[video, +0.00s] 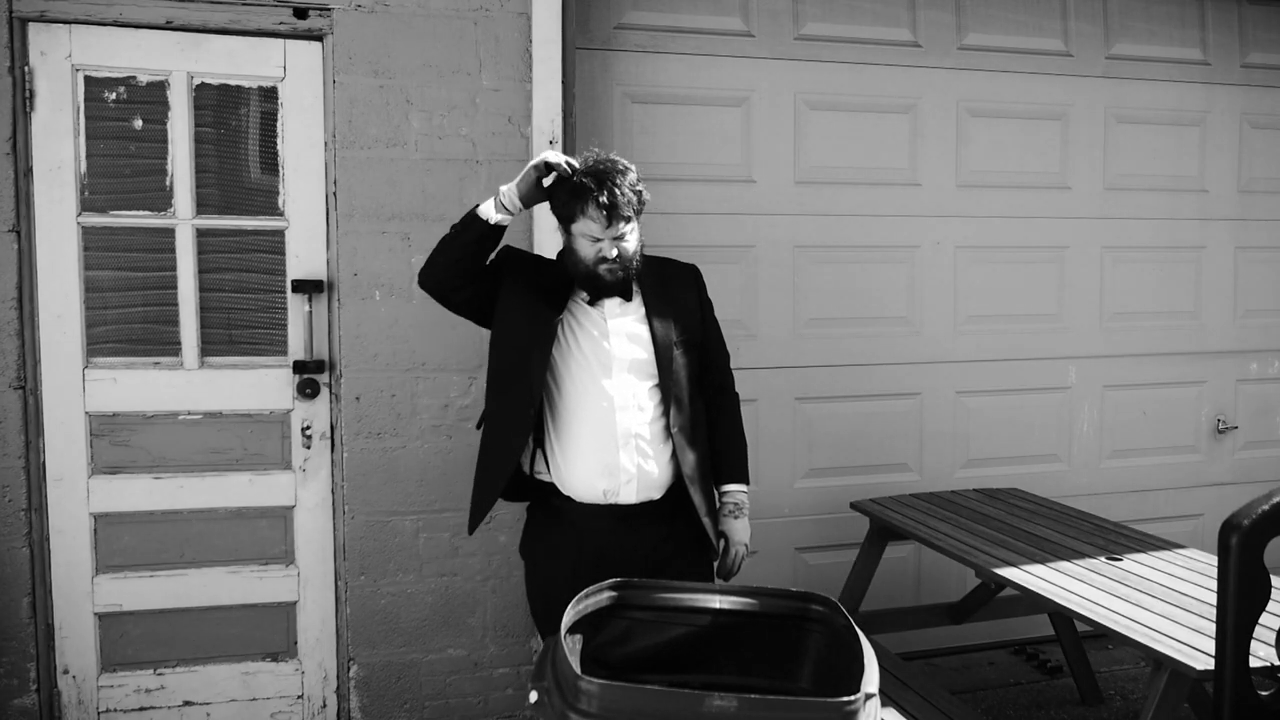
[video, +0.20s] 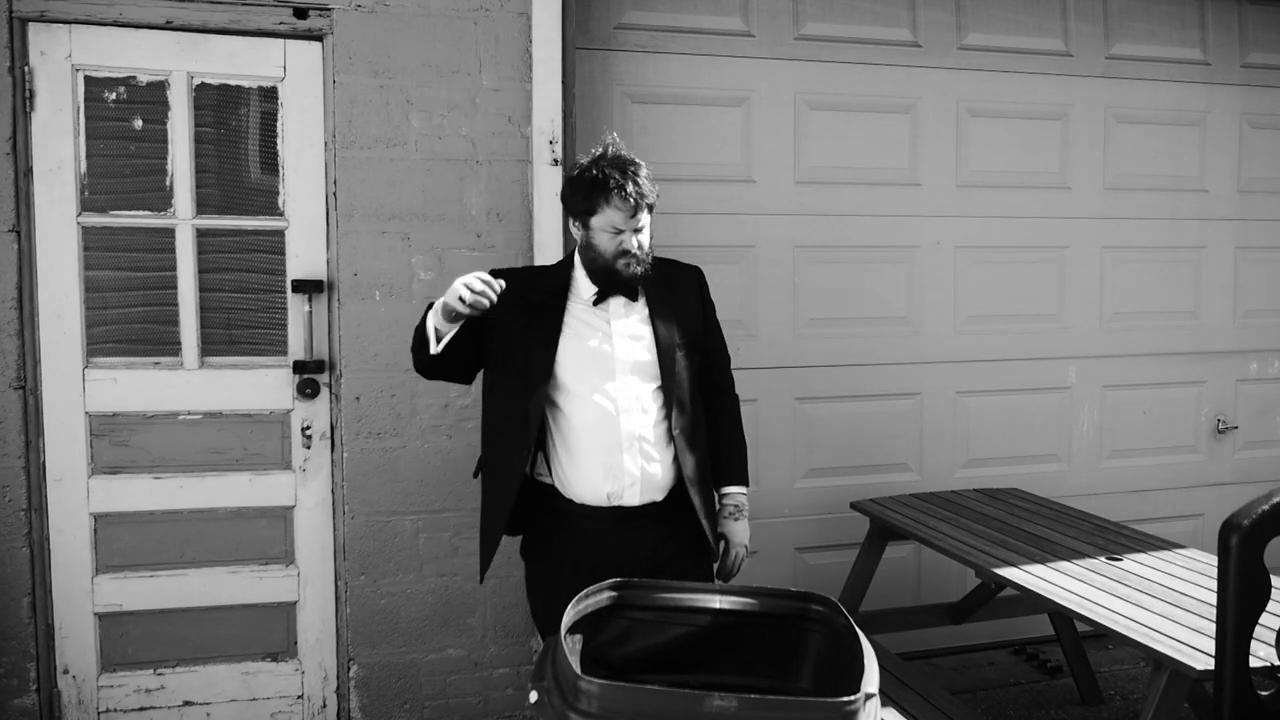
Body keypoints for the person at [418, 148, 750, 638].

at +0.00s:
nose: (611, 252)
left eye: (622, 235)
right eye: (594, 239)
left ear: (639, 223)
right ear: (565, 235)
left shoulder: (680, 287)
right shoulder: (526, 287)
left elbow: (719, 395)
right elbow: (441, 278)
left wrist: (734, 502)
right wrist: (510, 202)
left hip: (671, 528)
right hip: (566, 532)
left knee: (676, 696)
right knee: (576, 694)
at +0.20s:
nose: (637, 246)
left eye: (643, 228)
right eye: (619, 232)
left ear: (652, 221)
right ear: (578, 229)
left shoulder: (682, 288)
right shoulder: (519, 295)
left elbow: (719, 397)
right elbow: (435, 363)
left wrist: (734, 504)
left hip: (670, 527)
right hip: (566, 532)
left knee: (676, 694)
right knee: (577, 693)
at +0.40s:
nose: (650, 243)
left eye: (653, 227)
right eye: (634, 229)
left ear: (659, 221)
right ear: (585, 229)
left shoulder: (679, 287)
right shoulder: (515, 303)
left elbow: (715, 394)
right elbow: (485, 409)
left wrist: (733, 500)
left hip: (671, 532)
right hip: (567, 539)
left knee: (678, 699)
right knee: (580, 707)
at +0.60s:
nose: (654, 243)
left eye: (656, 227)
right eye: (640, 230)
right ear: (593, 228)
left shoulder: (674, 285)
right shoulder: (512, 303)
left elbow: (710, 388)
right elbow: (489, 412)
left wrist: (730, 493)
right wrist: (510, 523)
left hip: (674, 528)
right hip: (577, 535)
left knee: (680, 691)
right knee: (583, 694)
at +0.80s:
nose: (658, 240)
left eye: (659, 225)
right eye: (645, 227)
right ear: (597, 227)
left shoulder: (672, 286)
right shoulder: (513, 304)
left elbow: (708, 389)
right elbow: (484, 419)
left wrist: (728, 493)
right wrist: (479, 532)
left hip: (674, 530)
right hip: (575, 538)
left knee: (683, 698)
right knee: (587, 707)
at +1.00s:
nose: (659, 238)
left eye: (660, 223)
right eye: (646, 225)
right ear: (598, 225)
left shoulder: (672, 285)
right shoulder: (515, 303)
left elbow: (707, 387)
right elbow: (486, 414)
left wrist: (729, 491)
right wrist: (488, 522)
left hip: (674, 530)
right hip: (577, 538)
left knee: (684, 699)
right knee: (588, 707)